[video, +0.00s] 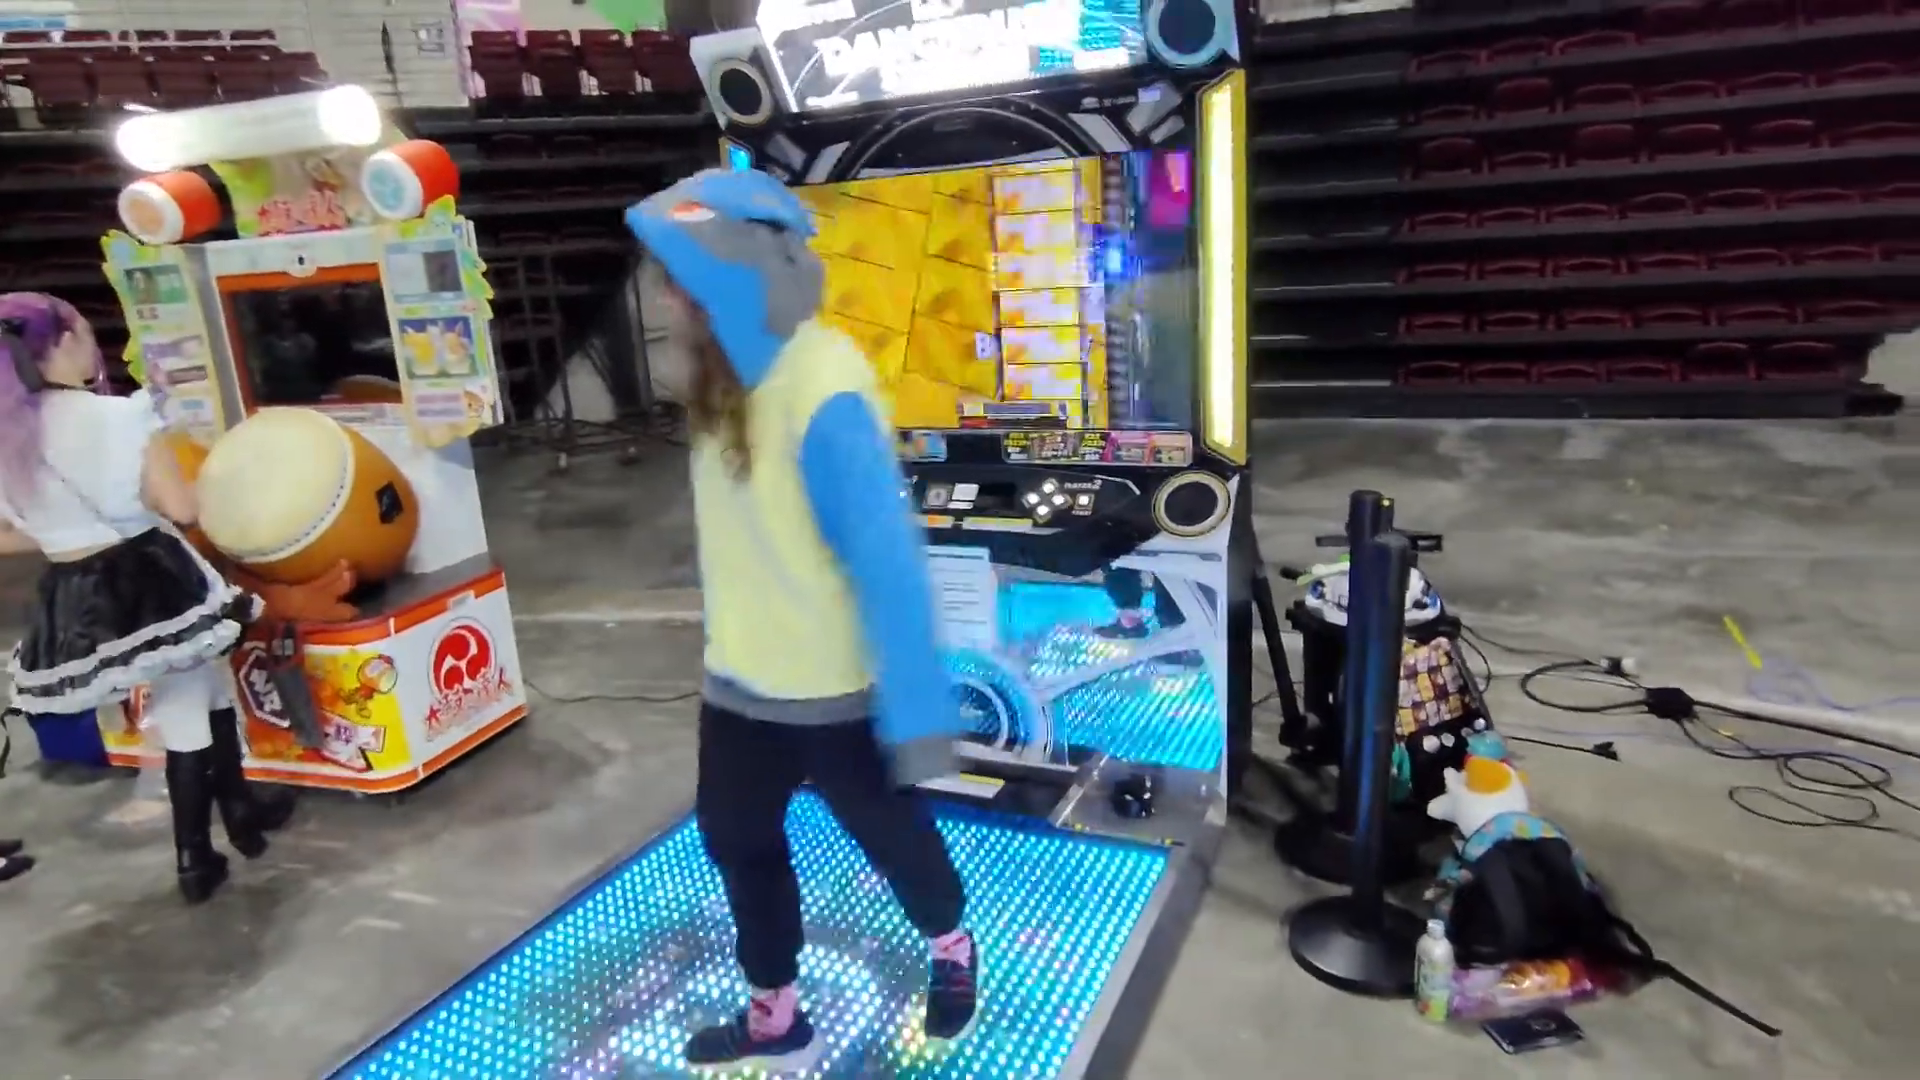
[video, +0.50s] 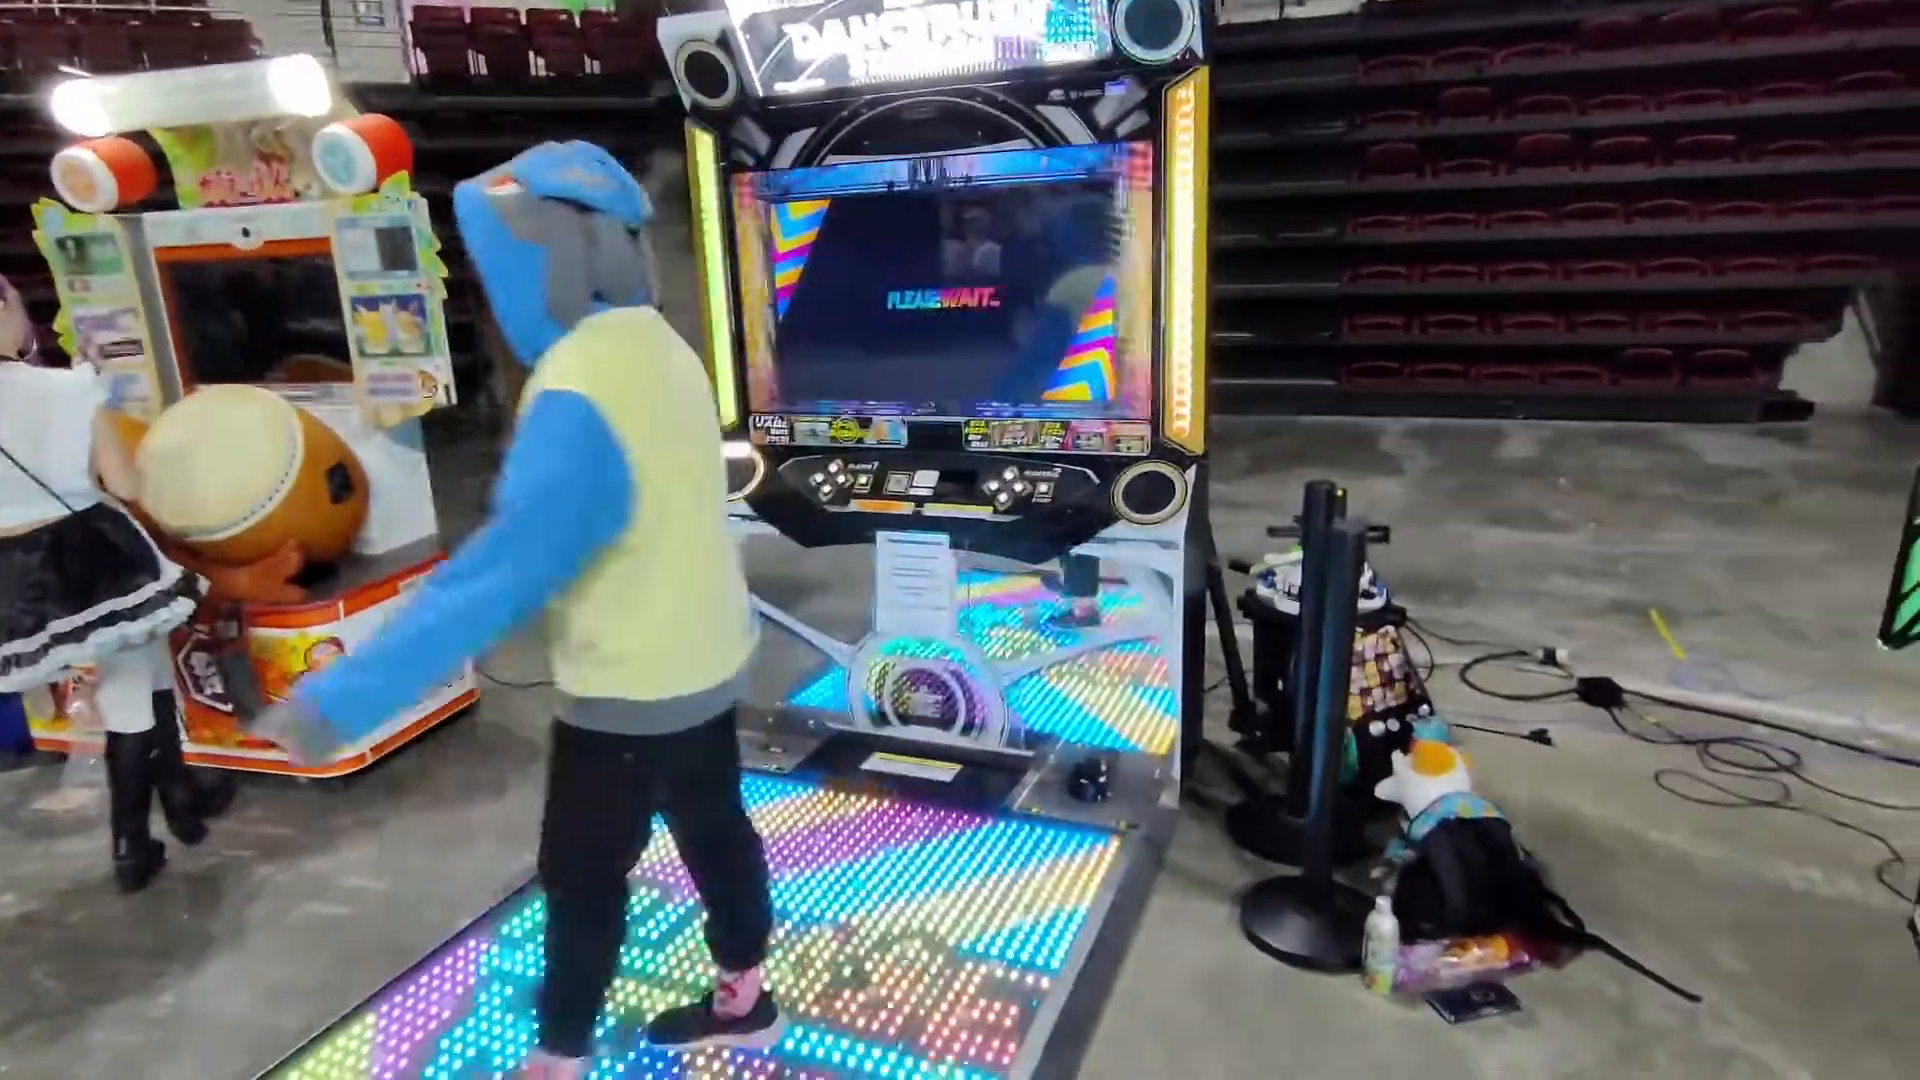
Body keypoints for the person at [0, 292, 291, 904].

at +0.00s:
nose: (94, 343)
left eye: (86, 332)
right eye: (84, 334)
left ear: (31, 357)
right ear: (58, 348)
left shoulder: (14, 430)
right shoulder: (117, 418)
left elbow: (11, 535)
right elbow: (179, 506)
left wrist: (69, 535)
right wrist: (222, 477)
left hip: (78, 593)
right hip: (148, 582)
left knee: (209, 675)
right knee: (184, 706)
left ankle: (243, 808)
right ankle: (194, 858)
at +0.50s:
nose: (24, 317)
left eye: (17, 305)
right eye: (16, 305)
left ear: (4, 313)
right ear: (3, 313)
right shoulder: (67, 389)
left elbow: (120, 483)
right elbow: (124, 485)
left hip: (16, 578)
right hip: (86, 571)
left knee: (140, 658)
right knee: (131, 687)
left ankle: (182, 796)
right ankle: (130, 846)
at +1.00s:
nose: (30, 261)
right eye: (24, 251)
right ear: (16, 257)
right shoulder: (48, 323)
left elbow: (92, 419)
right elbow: (94, 421)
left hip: (11, 505)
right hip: (70, 493)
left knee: (125, 593)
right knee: (108, 623)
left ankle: (165, 726)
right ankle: (118, 774)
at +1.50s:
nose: (46, 211)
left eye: (41, 199)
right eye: (38, 199)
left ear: (3, 211)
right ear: (15, 206)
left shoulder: (5, 283)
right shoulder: (84, 281)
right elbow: (139, 377)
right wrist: (125, 317)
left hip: (35, 450)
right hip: (108, 441)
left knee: (170, 539)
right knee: (159, 564)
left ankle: (212, 671)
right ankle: (170, 718)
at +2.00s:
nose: (65, 195)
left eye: (59, 184)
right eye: (57, 185)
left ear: (11, 204)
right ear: (33, 196)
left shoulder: (5, 283)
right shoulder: (106, 267)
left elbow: (10, 389)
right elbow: (156, 365)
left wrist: (58, 386)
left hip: (62, 440)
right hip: (134, 426)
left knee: (181, 533)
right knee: (175, 550)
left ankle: (233, 654)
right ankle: (190, 702)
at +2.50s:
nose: (16, 199)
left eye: (12, 185)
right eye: (11, 186)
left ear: (3, 194)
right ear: (2, 198)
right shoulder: (64, 279)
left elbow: (116, 372)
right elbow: (121, 378)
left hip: (14, 465)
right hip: (88, 452)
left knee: (139, 536)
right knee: (136, 551)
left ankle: (194, 672)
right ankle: (151, 715)